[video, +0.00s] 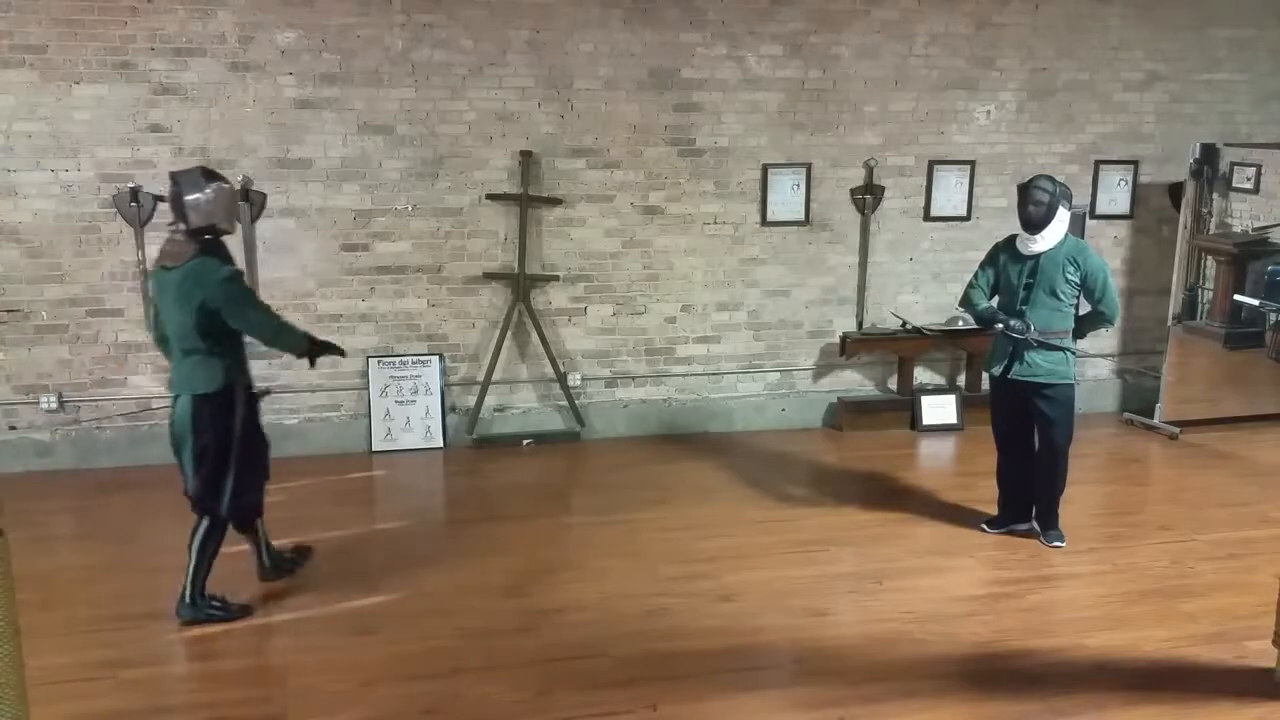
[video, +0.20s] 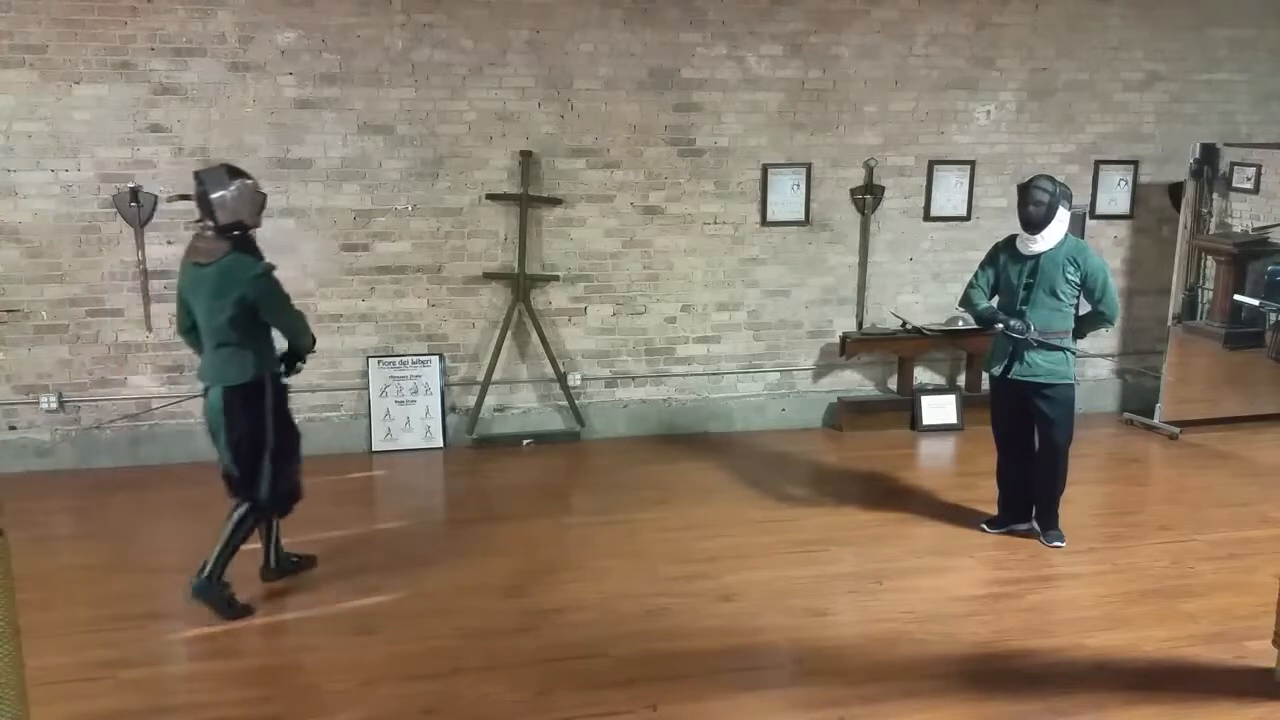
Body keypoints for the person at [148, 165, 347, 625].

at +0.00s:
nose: (234, 213)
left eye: (230, 205)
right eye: (228, 206)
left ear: (185, 217)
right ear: (215, 214)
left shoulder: (164, 271)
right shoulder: (215, 273)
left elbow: (162, 336)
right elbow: (263, 323)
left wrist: (199, 362)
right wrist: (309, 345)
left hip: (191, 391)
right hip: (221, 393)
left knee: (241, 474)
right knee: (221, 495)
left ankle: (267, 557)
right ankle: (193, 599)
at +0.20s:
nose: (257, 210)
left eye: (255, 201)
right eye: (250, 202)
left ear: (210, 212)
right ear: (236, 209)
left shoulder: (193, 265)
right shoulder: (249, 269)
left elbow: (187, 328)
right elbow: (295, 327)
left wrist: (222, 354)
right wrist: (298, 350)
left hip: (219, 385)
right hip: (253, 385)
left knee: (260, 470)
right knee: (267, 482)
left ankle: (274, 555)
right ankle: (211, 577)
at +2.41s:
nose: (237, 216)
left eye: (242, 208)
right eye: (239, 207)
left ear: (259, 213)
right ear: (284, 209)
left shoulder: (256, 257)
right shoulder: (285, 259)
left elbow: (229, 288)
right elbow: (323, 320)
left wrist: (259, 324)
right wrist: (334, 277)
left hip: (258, 376)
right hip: (292, 377)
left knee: (267, 468)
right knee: (331, 468)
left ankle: (271, 557)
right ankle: (301, 551)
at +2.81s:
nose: (312, 209)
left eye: (307, 202)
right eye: (306, 202)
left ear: (270, 210)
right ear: (297, 208)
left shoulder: (267, 259)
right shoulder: (291, 265)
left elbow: (279, 332)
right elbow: (305, 341)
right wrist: (363, 364)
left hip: (270, 378)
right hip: (295, 380)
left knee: (277, 469)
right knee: (331, 470)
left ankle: (272, 557)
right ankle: (352, 565)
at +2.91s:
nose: (317, 202)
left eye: (312, 195)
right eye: (310, 196)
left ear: (275, 206)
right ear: (299, 203)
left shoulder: (277, 256)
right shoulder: (295, 263)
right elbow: (310, 339)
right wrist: (354, 389)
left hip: (282, 378)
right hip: (304, 381)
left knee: (287, 469)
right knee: (335, 471)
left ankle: (272, 554)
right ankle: (354, 565)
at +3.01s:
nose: (321, 200)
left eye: (317, 192)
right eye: (314, 193)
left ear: (281, 204)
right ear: (301, 200)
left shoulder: (292, 251)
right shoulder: (297, 259)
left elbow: (306, 328)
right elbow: (314, 333)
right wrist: (338, 393)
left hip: (300, 378)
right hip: (314, 380)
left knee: (297, 467)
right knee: (344, 472)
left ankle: (270, 546)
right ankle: (354, 565)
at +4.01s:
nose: (351, 206)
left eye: (347, 198)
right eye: (346, 199)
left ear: (310, 205)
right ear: (336, 203)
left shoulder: (314, 254)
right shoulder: (329, 262)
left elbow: (339, 328)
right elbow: (357, 333)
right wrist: (394, 388)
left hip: (318, 376)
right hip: (342, 378)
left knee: (308, 461)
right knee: (363, 473)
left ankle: (269, 539)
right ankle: (356, 565)